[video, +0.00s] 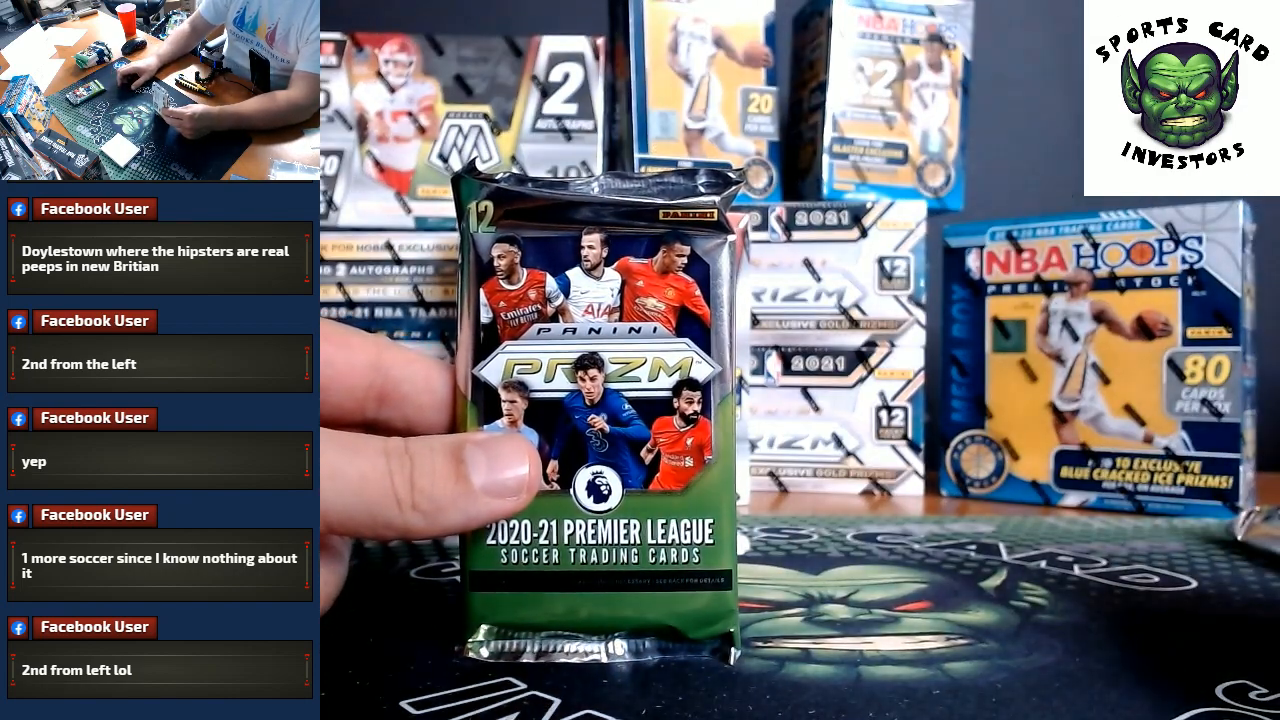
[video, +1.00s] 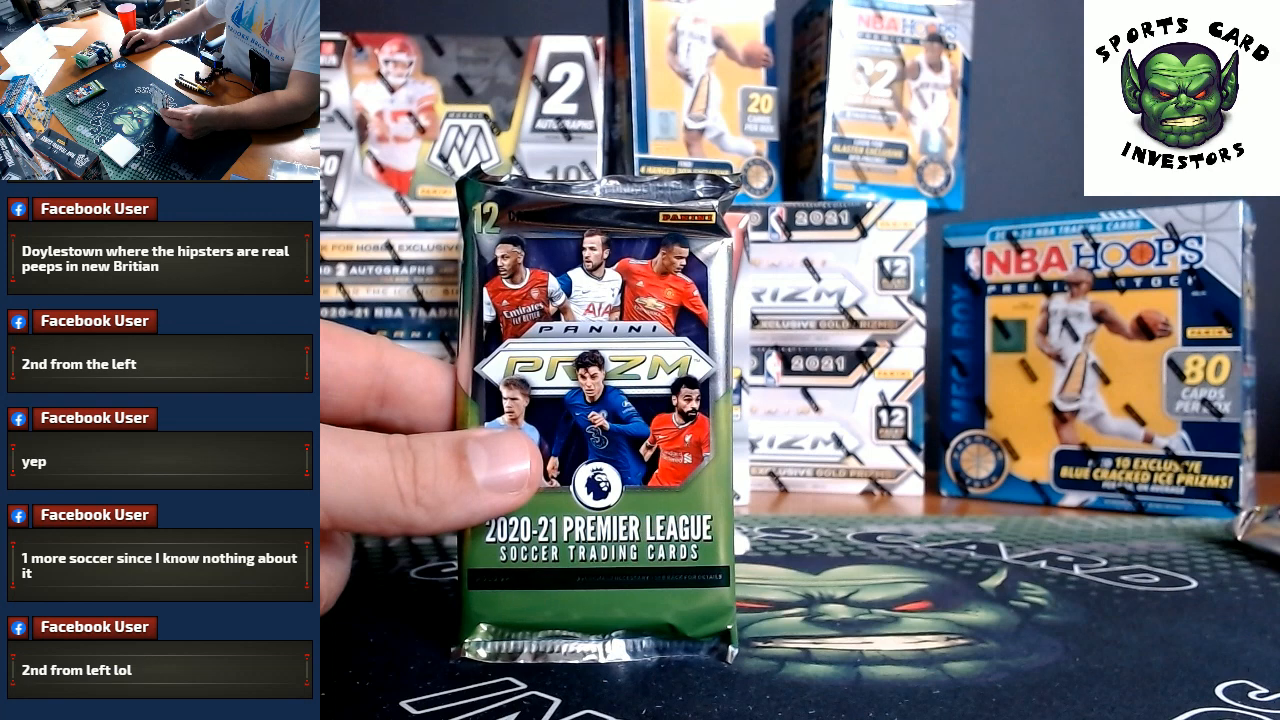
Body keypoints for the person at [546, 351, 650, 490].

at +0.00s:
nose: (588, 386)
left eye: (593, 379)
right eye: (582, 380)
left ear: (602, 377)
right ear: (576, 379)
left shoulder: (614, 401)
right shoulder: (571, 403)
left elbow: (644, 433)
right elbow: (564, 428)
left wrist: (610, 430)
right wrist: (554, 458)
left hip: (627, 475)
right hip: (596, 473)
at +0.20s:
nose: (587, 386)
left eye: (592, 379)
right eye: (581, 380)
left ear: (601, 377)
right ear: (575, 379)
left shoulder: (614, 400)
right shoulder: (570, 402)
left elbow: (643, 432)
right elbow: (564, 426)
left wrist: (609, 429)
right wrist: (554, 458)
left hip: (627, 475)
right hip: (595, 474)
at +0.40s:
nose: (593, 385)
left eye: (598, 378)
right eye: (587, 378)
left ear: (607, 375)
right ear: (582, 378)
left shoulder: (619, 399)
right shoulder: (576, 401)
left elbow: (648, 431)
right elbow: (570, 424)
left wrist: (614, 428)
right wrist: (559, 456)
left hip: (631, 473)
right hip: (600, 471)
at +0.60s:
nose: (590, 384)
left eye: (596, 377)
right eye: (585, 378)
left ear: (605, 375)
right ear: (579, 378)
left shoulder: (617, 398)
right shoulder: (574, 400)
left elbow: (646, 430)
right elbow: (568, 424)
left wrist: (613, 427)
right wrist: (557, 456)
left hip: (629, 473)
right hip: (598, 471)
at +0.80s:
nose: (587, 384)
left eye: (592, 377)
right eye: (581, 377)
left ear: (601, 375)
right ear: (575, 378)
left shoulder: (612, 398)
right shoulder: (570, 400)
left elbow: (641, 430)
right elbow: (564, 423)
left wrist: (608, 427)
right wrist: (553, 456)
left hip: (625, 471)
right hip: (594, 469)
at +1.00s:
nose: (588, 384)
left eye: (593, 377)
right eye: (583, 377)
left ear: (603, 374)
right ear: (577, 377)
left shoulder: (615, 398)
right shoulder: (572, 400)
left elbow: (643, 429)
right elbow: (566, 421)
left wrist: (610, 427)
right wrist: (555, 455)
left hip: (627, 472)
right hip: (596, 470)